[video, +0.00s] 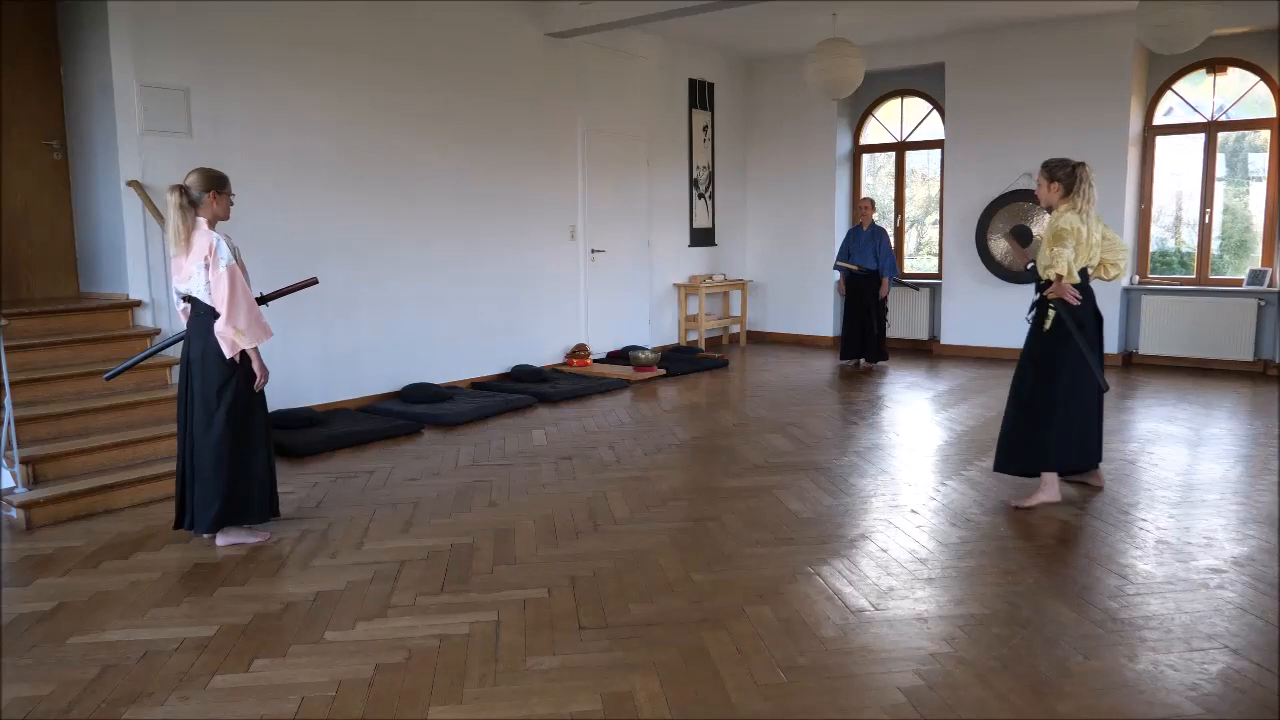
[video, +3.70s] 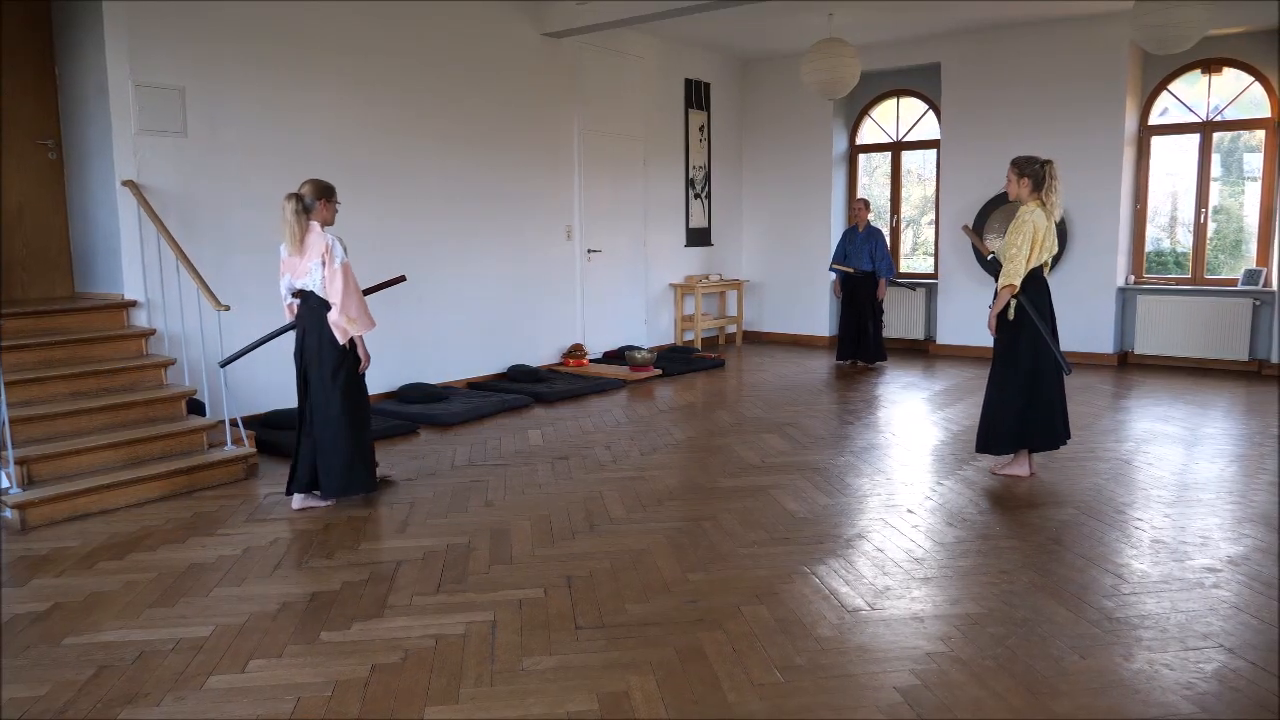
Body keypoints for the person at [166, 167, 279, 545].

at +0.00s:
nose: (232, 203)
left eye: (231, 197)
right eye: (229, 197)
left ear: (203, 199)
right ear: (212, 198)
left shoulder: (182, 242)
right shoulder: (217, 242)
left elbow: (185, 304)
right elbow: (233, 304)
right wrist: (253, 352)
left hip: (197, 343)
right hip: (223, 345)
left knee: (208, 432)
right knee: (229, 433)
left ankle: (215, 520)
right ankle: (229, 525)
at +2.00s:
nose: (231, 203)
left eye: (230, 197)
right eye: (228, 197)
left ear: (201, 200)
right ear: (210, 199)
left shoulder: (181, 240)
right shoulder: (216, 242)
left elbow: (183, 302)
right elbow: (235, 304)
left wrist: (202, 332)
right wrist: (255, 351)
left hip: (198, 341)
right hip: (224, 342)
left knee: (209, 430)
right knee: (232, 431)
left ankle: (213, 521)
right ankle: (229, 525)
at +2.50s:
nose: (237, 206)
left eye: (236, 199)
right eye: (234, 200)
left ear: (203, 202)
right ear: (219, 202)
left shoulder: (186, 245)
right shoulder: (224, 244)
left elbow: (185, 303)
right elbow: (242, 304)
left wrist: (201, 334)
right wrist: (264, 349)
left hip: (201, 340)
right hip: (232, 339)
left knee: (213, 425)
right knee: (260, 415)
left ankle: (216, 515)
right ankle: (276, 502)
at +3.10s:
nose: (288, 205)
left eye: (286, 199)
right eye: (285, 200)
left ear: (256, 203)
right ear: (271, 202)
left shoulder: (237, 245)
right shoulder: (280, 242)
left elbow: (236, 301)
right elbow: (294, 299)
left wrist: (252, 327)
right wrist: (312, 344)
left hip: (251, 332)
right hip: (281, 332)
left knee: (247, 413)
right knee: (298, 411)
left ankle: (221, 500)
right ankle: (306, 493)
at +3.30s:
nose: (305, 204)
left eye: (304, 199)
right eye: (302, 199)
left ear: (275, 201)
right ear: (289, 201)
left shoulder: (254, 244)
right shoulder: (298, 240)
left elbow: (256, 298)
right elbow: (314, 297)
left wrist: (273, 324)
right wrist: (333, 339)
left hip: (272, 330)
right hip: (302, 330)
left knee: (275, 406)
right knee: (309, 408)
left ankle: (254, 486)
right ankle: (305, 493)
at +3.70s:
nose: (337, 210)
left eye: (336, 204)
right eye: (335, 204)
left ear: (310, 206)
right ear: (322, 206)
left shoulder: (290, 246)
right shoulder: (329, 242)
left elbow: (290, 301)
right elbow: (342, 298)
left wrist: (307, 325)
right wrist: (358, 340)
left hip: (306, 331)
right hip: (331, 330)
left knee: (314, 408)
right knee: (340, 406)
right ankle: (305, 491)